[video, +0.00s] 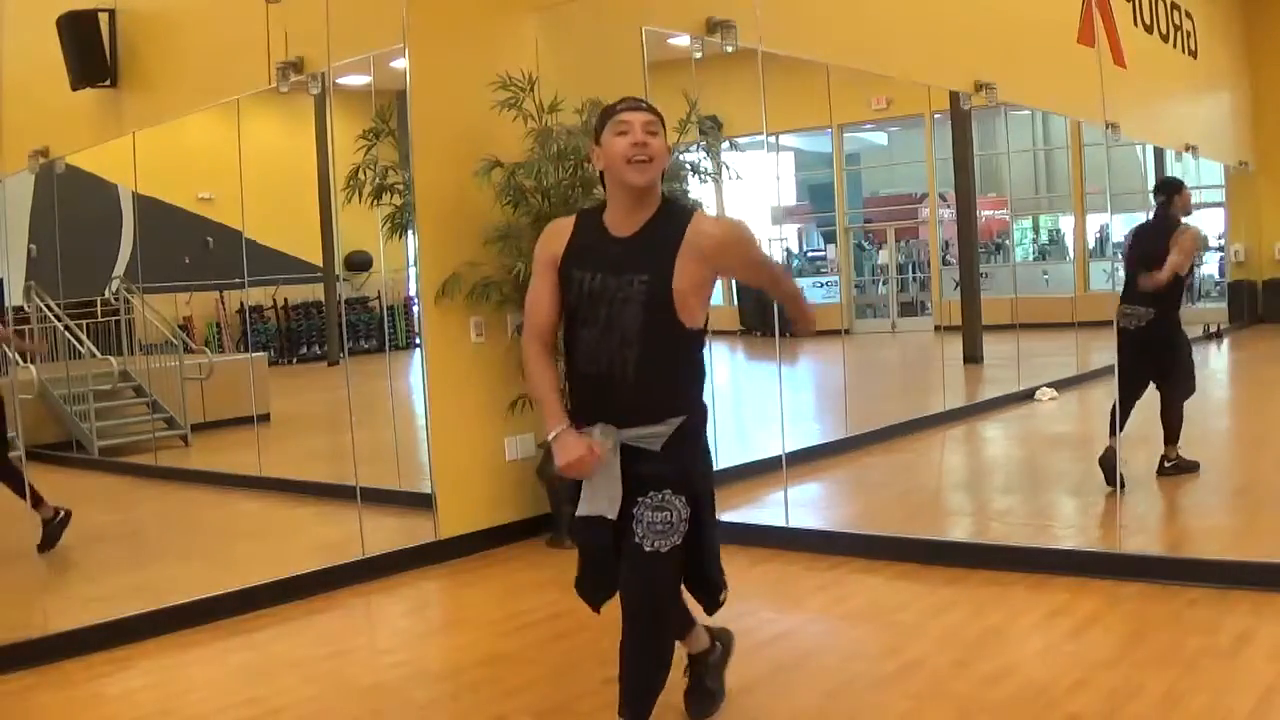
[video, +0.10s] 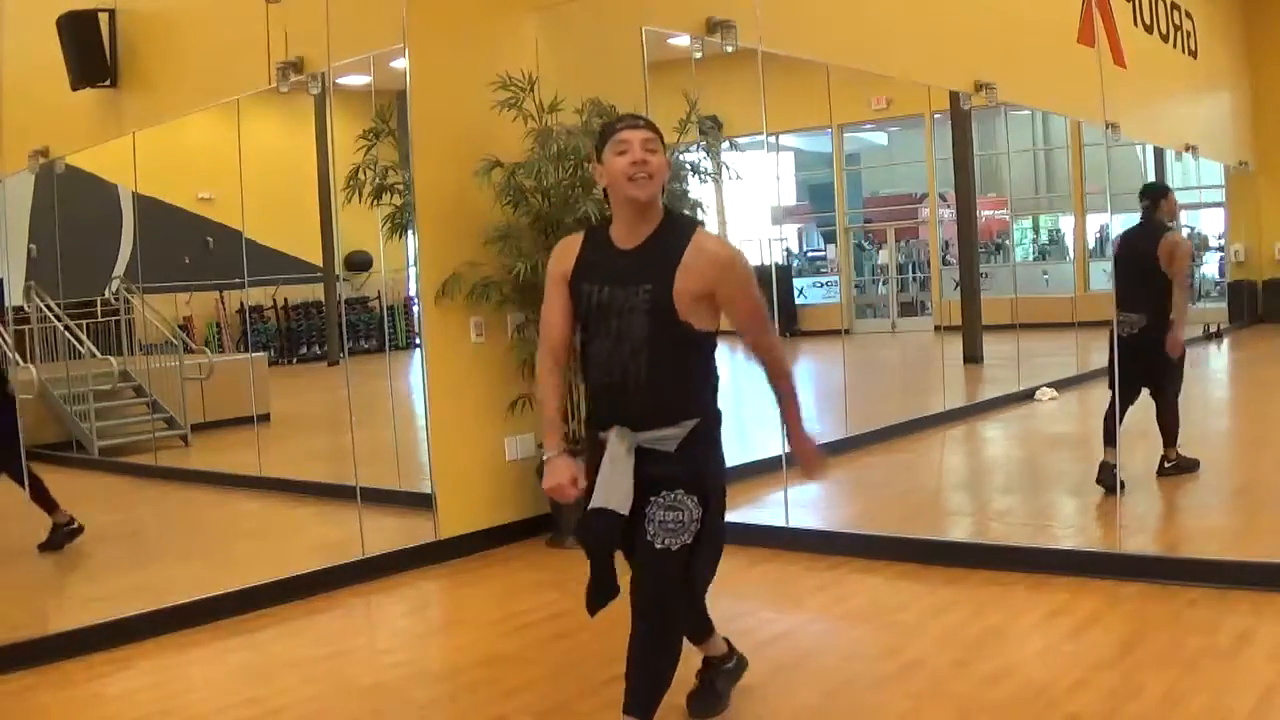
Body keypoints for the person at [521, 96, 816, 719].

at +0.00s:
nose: (640, 140)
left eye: (651, 132)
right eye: (624, 132)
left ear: (669, 153)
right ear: (598, 156)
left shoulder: (708, 237)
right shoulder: (561, 239)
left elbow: (777, 283)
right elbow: (537, 343)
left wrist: (803, 317)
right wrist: (559, 429)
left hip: (667, 443)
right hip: (592, 442)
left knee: (646, 595)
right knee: (623, 573)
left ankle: (632, 714)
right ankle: (704, 644)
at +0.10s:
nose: (639, 158)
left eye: (651, 150)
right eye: (623, 151)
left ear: (667, 171)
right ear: (600, 174)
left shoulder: (710, 258)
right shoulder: (572, 256)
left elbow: (769, 352)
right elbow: (552, 356)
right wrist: (553, 448)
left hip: (683, 452)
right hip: (611, 449)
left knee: (656, 601)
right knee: (657, 572)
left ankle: (636, 715)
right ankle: (720, 655)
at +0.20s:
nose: (642, 172)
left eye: (651, 161)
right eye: (625, 166)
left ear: (669, 175)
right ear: (605, 187)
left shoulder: (713, 260)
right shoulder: (587, 265)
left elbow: (732, 377)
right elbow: (569, 364)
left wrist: (725, 477)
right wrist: (558, 454)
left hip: (695, 443)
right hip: (626, 442)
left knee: (664, 583)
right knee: (668, 568)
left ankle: (641, 710)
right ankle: (726, 662)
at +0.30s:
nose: (646, 171)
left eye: (655, 160)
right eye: (630, 166)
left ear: (673, 174)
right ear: (612, 188)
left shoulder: (714, 247)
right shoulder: (601, 257)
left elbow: (696, 345)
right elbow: (585, 353)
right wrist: (580, 440)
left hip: (703, 429)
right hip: (638, 429)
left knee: (671, 564)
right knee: (672, 556)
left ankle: (645, 706)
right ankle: (728, 663)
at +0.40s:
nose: (643, 161)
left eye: (653, 151)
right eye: (628, 158)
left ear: (675, 166)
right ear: (614, 182)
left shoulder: (713, 231)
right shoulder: (606, 250)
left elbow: (675, 298)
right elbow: (601, 337)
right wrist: (603, 422)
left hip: (712, 415)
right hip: (648, 417)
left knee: (680, 556)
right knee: (680, 548)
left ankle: (650, 700)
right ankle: (730, 663)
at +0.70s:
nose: (622, 166)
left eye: (632, 153)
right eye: (609, 163)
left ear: (661, 165)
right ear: (603, 186)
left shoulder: (698, 228)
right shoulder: (623, 248)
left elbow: (659, 325)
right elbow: (647, 330)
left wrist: (590, 404)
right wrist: (638, 391)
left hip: (719, 408)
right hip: (663, 408)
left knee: (686, 544)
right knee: (690, 534)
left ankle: (660, 692)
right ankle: (730, 662)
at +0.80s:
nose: (607, 167)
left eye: (620, 155)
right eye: (597, 163)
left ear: (653, 164)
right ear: (597, 185)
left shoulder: (690, 232)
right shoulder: (629, 247)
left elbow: (703, 350)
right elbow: (650, 343)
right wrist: (648, 417)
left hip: (712, 412)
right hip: (668, 410)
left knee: (676, 541)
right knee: (689, 536)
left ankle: (664, 693)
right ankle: (729, 661)